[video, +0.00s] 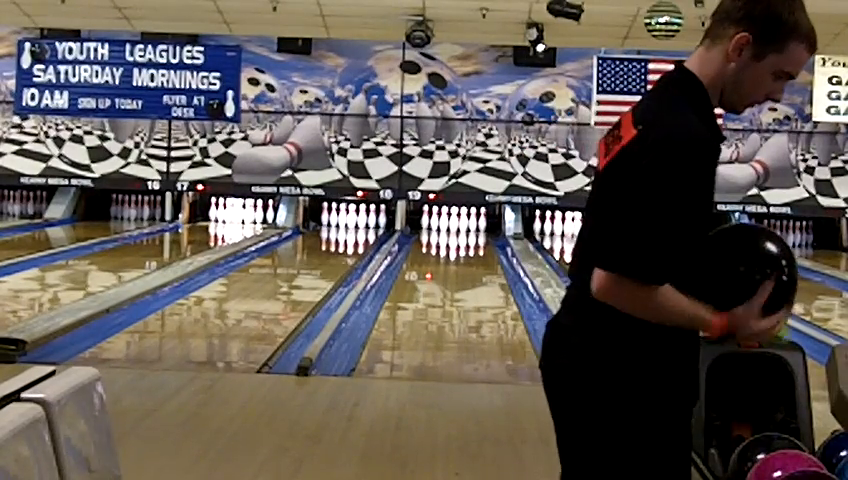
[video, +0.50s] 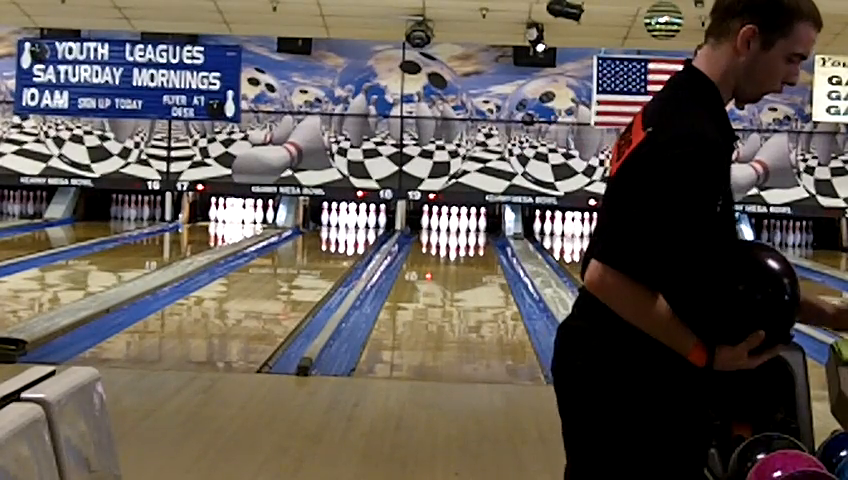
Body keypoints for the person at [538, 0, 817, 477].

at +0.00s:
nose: (777, 94)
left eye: (787, 82)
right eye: (779, 76)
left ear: (737, 48)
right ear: (740, 48)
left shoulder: (670, 107)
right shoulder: (682, 129)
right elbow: (612, 282)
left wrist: (729, 299)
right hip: (619, 363)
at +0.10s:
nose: (782, 91)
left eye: (791, 78)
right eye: (782, 73)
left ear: (737, 47)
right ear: (742, 47)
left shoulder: (669, 102)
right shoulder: (688, 130)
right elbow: (612, 284)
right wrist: (712, 342)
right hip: (627, 364)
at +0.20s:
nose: (785, 87)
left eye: (793, 73)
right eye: (785, 69)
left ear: (739, 44)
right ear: (743, 45)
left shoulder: (672, 100)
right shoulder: (690, 130)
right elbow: (611, 284)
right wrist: (708, 351)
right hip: (629, 363)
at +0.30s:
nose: (789, 84)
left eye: (797, 69)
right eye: (789, 64)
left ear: (743, 44)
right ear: (746, 43)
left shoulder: (676, 103)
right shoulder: (691, 128)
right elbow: (604, 280)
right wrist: (705, 355)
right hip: (627, 364)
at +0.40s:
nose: (792, 81)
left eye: (800, 66)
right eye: (791, 62)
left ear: (743, 43)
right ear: (747, 42)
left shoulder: (688, 111)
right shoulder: (689, 128)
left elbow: (696, 256)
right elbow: (602, 275)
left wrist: (793, 304)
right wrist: (702, 355)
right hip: (625, 369)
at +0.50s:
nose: (793, 78)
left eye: (800, 63)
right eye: (792, 59)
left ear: (743, 42)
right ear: (748, 41)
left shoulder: (690, 111)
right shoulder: (692, 127)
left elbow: (712, 261)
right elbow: (605, 275)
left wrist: (815, 310)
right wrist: (704, 354)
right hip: (625, 368)